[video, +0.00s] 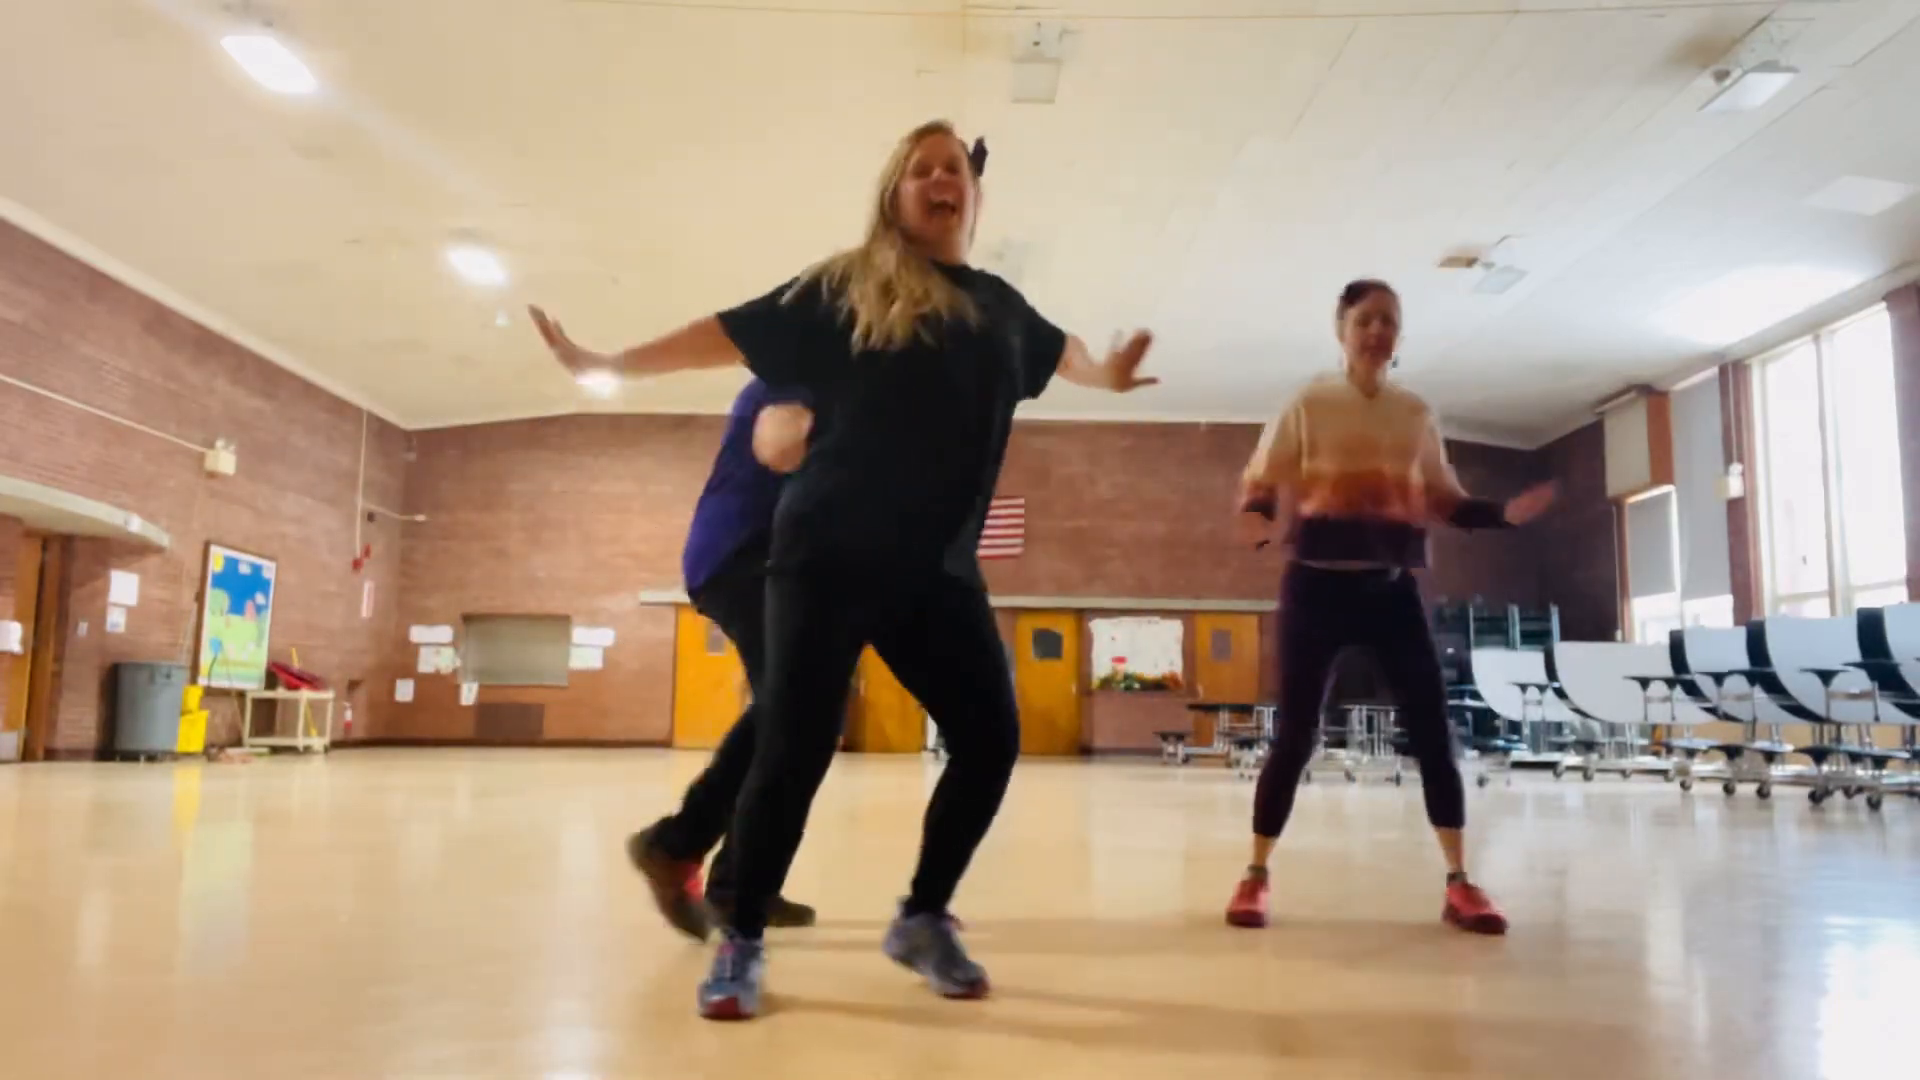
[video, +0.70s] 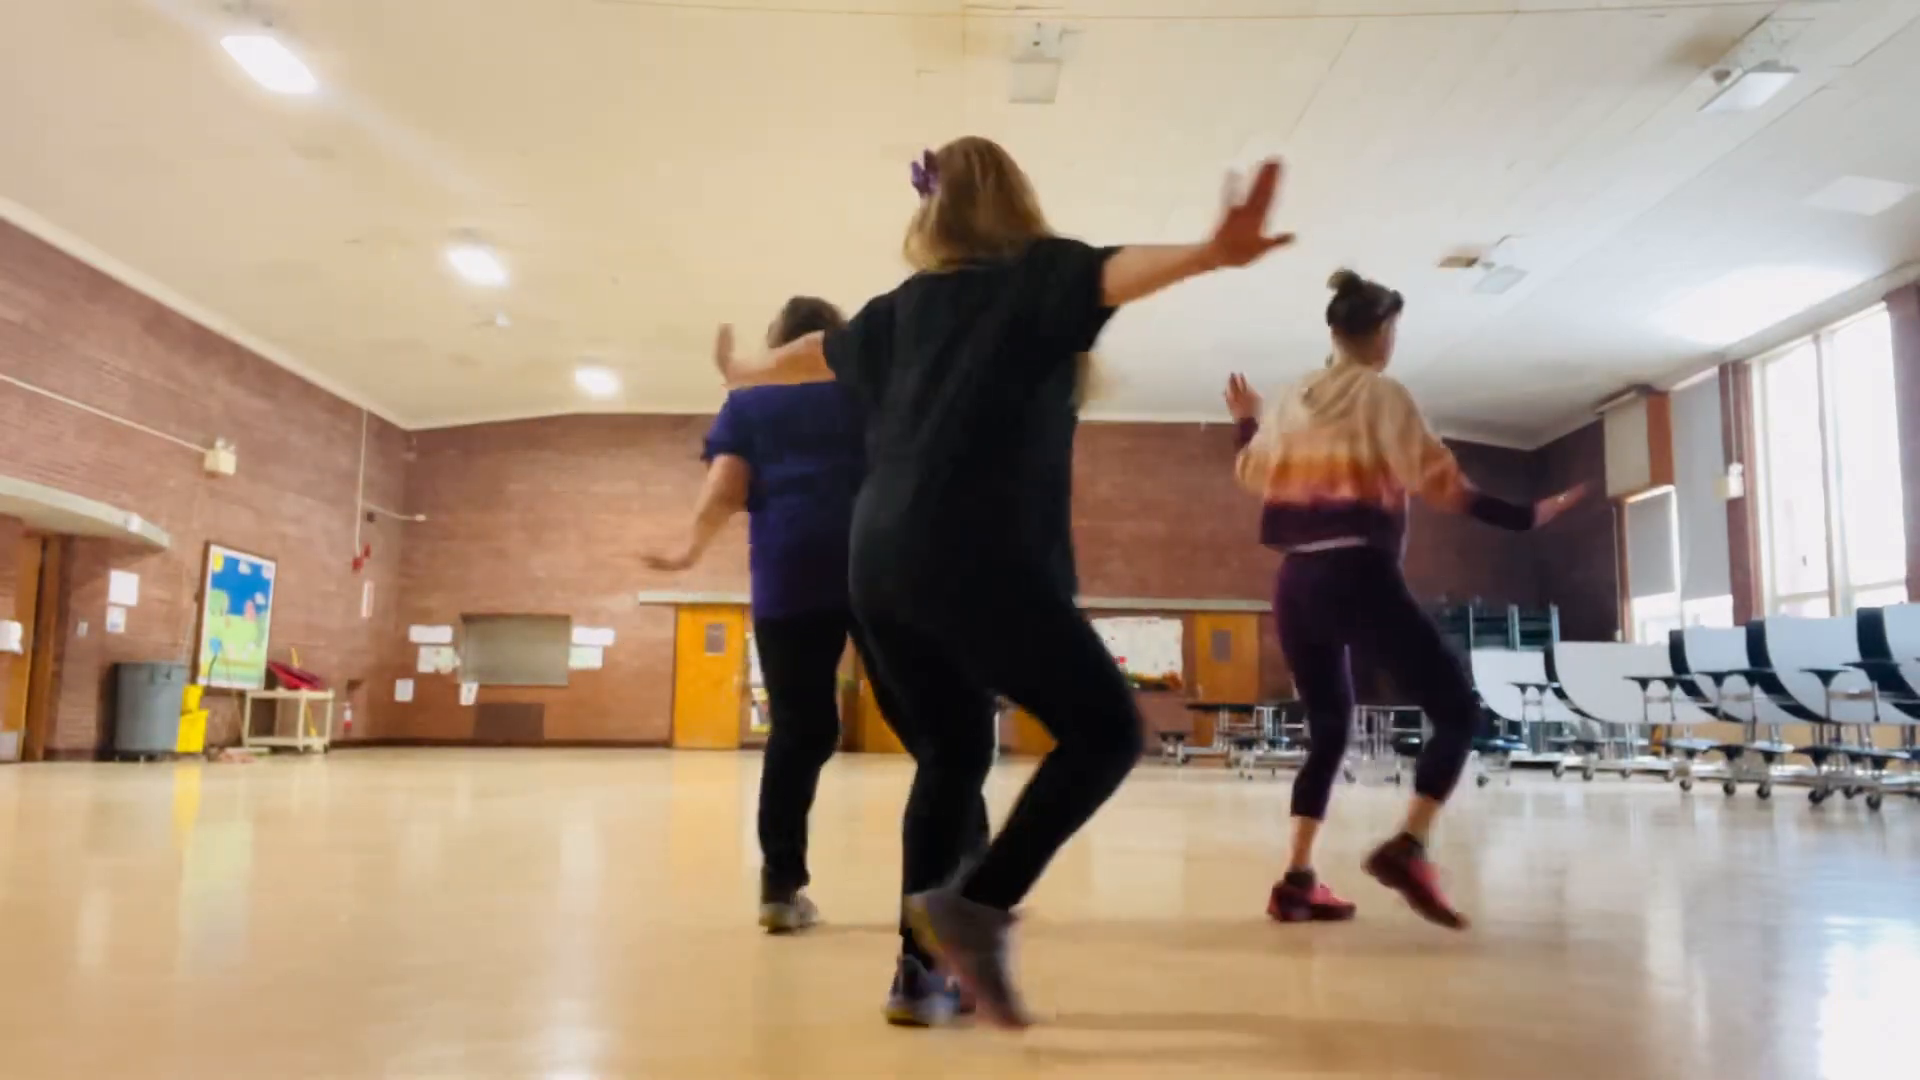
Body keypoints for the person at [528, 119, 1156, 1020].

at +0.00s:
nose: (942, 180)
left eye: (956, 169)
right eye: (925, 169)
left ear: (977, 194)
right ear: (894, 195)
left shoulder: (999, 306)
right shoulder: (844, 288)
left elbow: (1066, 353)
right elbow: (721, 335)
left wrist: (1112, 371)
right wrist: (603, 362)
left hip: (932, 564)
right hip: (823, 550)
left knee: (989, 739)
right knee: (797, 742)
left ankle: (923, 918)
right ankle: (738, 940)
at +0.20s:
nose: (1005, 190)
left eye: (997, 177)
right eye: (988, 178)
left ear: (954, 200)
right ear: (940, 197)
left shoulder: (972, 309)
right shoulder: (868, 280)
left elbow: (952, 408)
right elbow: (763, 290)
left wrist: (1022, 383)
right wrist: (650, 279)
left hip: (942, 573)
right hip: (859, 562)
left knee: (957, 751)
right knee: (891, 736)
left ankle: (861, 950)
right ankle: (755, 902)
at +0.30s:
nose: (1004, 188)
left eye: (996, 173)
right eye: (988, 173)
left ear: (953, 193)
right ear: (948, 189)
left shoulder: (977, 296)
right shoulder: (907, 262)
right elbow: (824, 267)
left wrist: (984, 508)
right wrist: (738, 249)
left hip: (921, 546)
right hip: (861, 540)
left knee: (926, 727)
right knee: (951, 708)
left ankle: (867, 934)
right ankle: (824, 915)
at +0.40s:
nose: (863, 368)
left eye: (864, 359)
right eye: (861, 357)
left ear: (791, 348)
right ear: (843, 351)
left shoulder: (746, 408)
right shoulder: (849, 392)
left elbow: (715, 511)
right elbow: (878, 480)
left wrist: (780, 497)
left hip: (757, 585)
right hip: (832, 580)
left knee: (798, 730)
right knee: (874, 730)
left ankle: (768, 888)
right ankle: (855, 887)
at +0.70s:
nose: (805, 349)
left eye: (786, 340)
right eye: (823, 338)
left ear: (773, 344)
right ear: (839, 340)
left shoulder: (749, 399)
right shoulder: (869, 387)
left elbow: (726, 486)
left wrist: (687, 551)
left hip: (789, 584)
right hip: (875, 577)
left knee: (800, 731)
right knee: (930, 732)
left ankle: (781, 890)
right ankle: (962, 885)